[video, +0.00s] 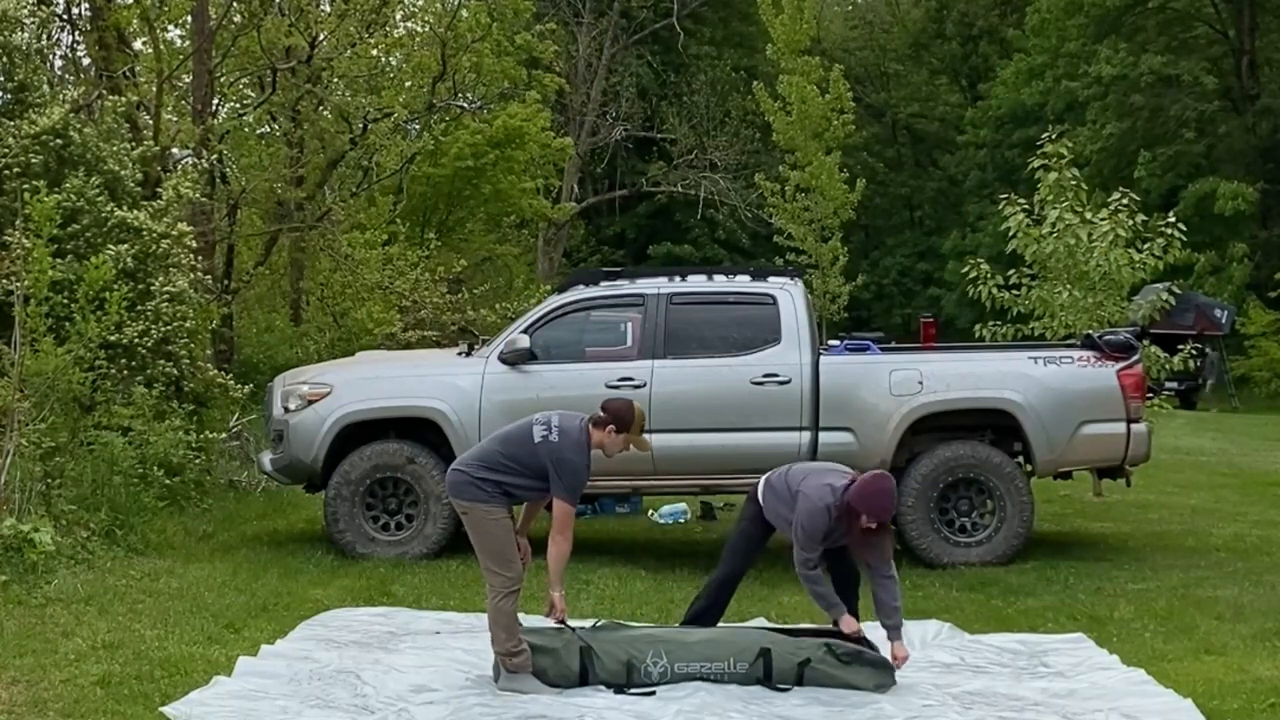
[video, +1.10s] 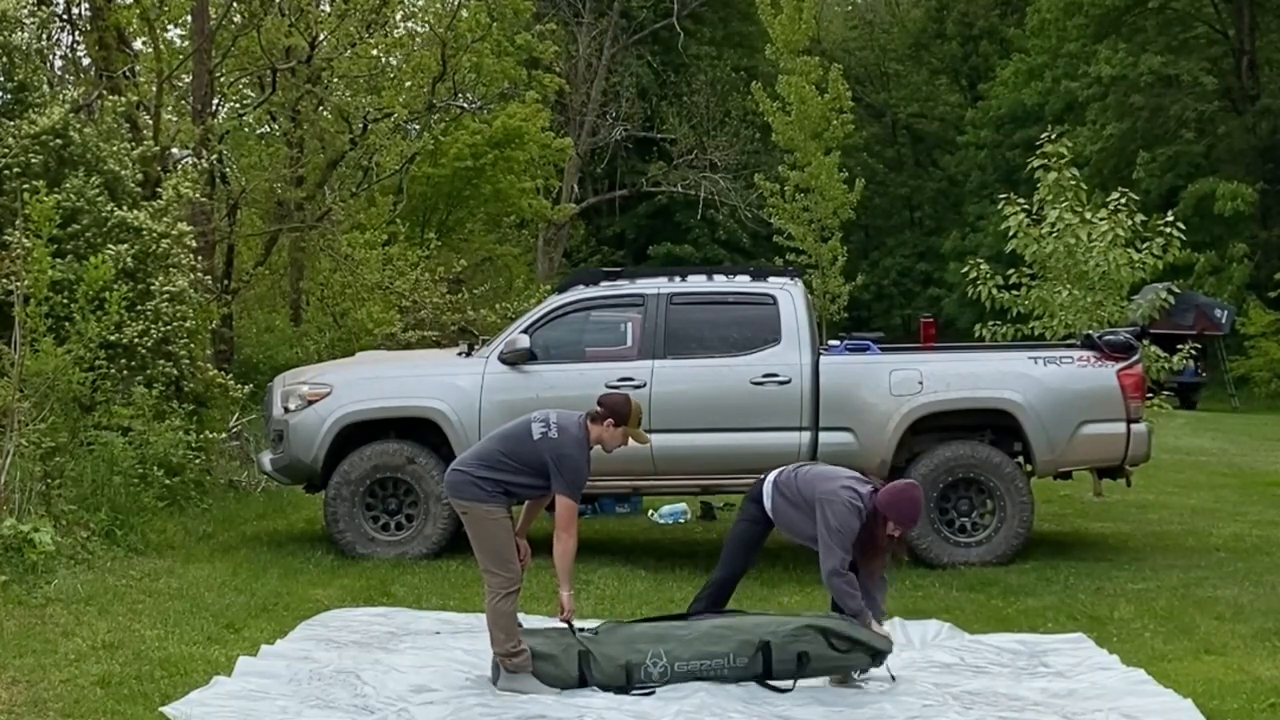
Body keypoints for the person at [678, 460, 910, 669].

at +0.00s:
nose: (870, 525)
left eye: (877, 520)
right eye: (867, 517)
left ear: (886, 515)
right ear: (856, 505)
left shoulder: (878, 515)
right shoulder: (817, 502)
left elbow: (884, 573)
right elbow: (807, 567)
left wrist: (896, 638)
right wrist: (840, 615)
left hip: (824, 511)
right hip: (770, 496)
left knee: (847, 574)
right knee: (729, 571)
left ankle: (846, 644)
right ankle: (685, 640)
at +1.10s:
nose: (894, 532)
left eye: (902, 528)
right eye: (892, 524)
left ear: (908, 524)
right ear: (880, 510)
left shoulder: (880, 514)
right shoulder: (842, 503)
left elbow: (872, 574)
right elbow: (834, 572)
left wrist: (875, 621)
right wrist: (867, 620)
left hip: (820, 510)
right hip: (770, 494)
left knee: (852, 576)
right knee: (726, 576)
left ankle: (841, 662)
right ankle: (686, 638)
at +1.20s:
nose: (892, 510)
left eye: (897, 505)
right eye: (890, 503)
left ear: (899, 499)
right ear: (874, 489)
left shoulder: (873, 500)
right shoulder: (832, 483)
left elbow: (863, 555)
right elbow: (822, 550)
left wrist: (864, 590)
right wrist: (860, 587)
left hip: (805, 509)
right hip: (759, 490)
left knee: (839, 582)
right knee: (719, 576)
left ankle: (840, 669)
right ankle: (685, 650)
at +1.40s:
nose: (877, 470)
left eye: (883, 464)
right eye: (875, 461)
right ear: (860, 450)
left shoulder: (856, 464)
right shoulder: (820, 448)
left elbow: (838, 514)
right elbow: (808, 508)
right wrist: (845, 546)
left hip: (789, 496)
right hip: (746, 482)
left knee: (823, 568)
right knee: (712, 570)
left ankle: (839, 665)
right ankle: (667, 657)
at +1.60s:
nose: (850, 443)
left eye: (859, 440)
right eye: (848, 434)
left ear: (867, 440)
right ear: (838, 421)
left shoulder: (854, 459)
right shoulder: (805, 431)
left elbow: (836, 500)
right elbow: (779, 487)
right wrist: (826, 511)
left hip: (791, 499)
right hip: (744, 484)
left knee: (818, 571)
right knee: (714, 566)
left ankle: (838, 659)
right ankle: (689, 649)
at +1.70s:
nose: (836, 409)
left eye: (845, 406)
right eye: (834, 401)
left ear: (858, 408)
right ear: (829, 393)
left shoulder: (858, 435)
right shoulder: (805, 410)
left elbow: (850, 489)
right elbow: (767, 458)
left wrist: (827, 528)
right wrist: (810, 484)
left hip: (813, 503)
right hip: (766, 491)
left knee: (833, 578)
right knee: (730, 568)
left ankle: (839, 665)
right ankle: (681, 647)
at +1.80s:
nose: (819, 386)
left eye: (827, 383)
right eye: (817, 378)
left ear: (845, 387)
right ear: (813, 373)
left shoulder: (855, 425)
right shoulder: (795, 391)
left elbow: (850, 483)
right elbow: (762, 434)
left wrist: (820, 518)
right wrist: (803, 463)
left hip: (821, 500)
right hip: (773, 487)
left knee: (827, 572)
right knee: (732, 557)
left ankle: (836, 662)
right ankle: (719, 645)